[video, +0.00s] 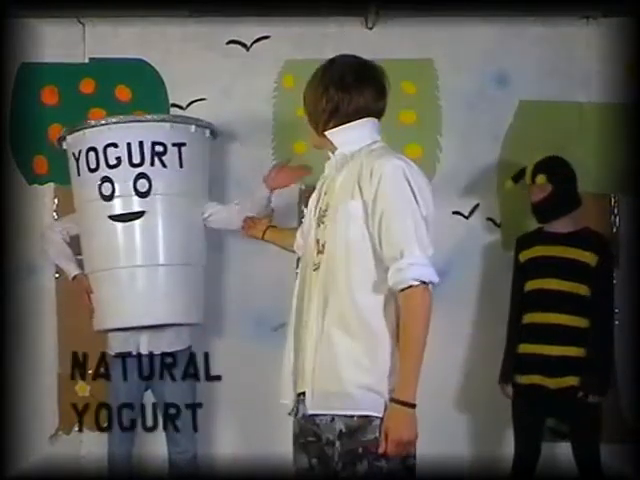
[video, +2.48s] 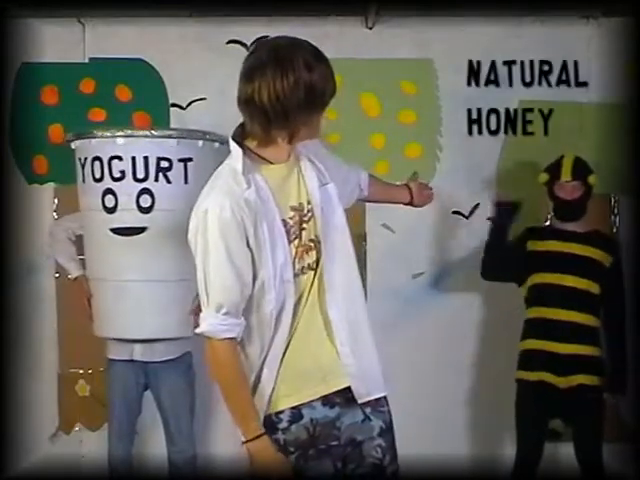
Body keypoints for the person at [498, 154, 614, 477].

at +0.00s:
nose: (532, 195)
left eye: (539, 186)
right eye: (531, 187)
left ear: (559, 189)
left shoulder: (596, 246)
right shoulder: (526, 244)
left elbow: (603, 318)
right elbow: (516, 313)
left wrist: (598, 376)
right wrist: (508, 366)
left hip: (578, 377)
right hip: (529, 375)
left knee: (587, 462)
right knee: (524, 459)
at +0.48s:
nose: (532, 194)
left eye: (539, 185)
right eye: (532, 186)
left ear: (559, 188)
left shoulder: (596, 246)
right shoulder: (525, 244)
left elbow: (603, 317)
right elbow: (515, 312)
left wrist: (600, 375)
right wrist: (507, 364)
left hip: (578, 377)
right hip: (529, 375)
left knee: (587, 460)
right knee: (524, 458)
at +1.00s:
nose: (537, 195)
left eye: (544, 185)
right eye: (534, 187)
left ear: (565, 189)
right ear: (532, 191)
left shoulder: (598, 247)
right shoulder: (525, 244)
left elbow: (604, 318)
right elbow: (515, 311)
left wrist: (602, 377)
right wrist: (509, 367)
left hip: (580, 380)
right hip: (530, 379)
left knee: (588, 463)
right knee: (524, 462)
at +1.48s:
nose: (549, 195)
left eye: (556, 186)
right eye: (542, 188)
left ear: (571, 189)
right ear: (533, 194)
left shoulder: (596, 245)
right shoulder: (520, 245)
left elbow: (605, 315)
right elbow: (511, 313)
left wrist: (607, 373)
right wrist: (509, 371)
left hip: (581, 380)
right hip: (532, 379)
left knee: (589, 463)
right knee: (524, 462)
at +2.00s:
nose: (554, 195)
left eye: (561, 187)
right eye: (546, 188)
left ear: (573, 189)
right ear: (534, 193)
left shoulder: (597, 245)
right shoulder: (520, 245)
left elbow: (605, 313)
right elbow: (511, 308)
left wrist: (608, 372)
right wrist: (504, 359)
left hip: (581, 372)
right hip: (531, 373)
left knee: (588, 460)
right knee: (524, 459)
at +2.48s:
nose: (568, 195)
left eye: (575, 186)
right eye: (560, 187)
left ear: (588, 190)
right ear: (549, 191)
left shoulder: (604, 246)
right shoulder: (531, 240)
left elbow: (615, 315)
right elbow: (491, 270)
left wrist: (618, 374)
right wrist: (500, 221)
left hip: (584, 367)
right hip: (535, 365)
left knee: (590, 459)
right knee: (527, 457)